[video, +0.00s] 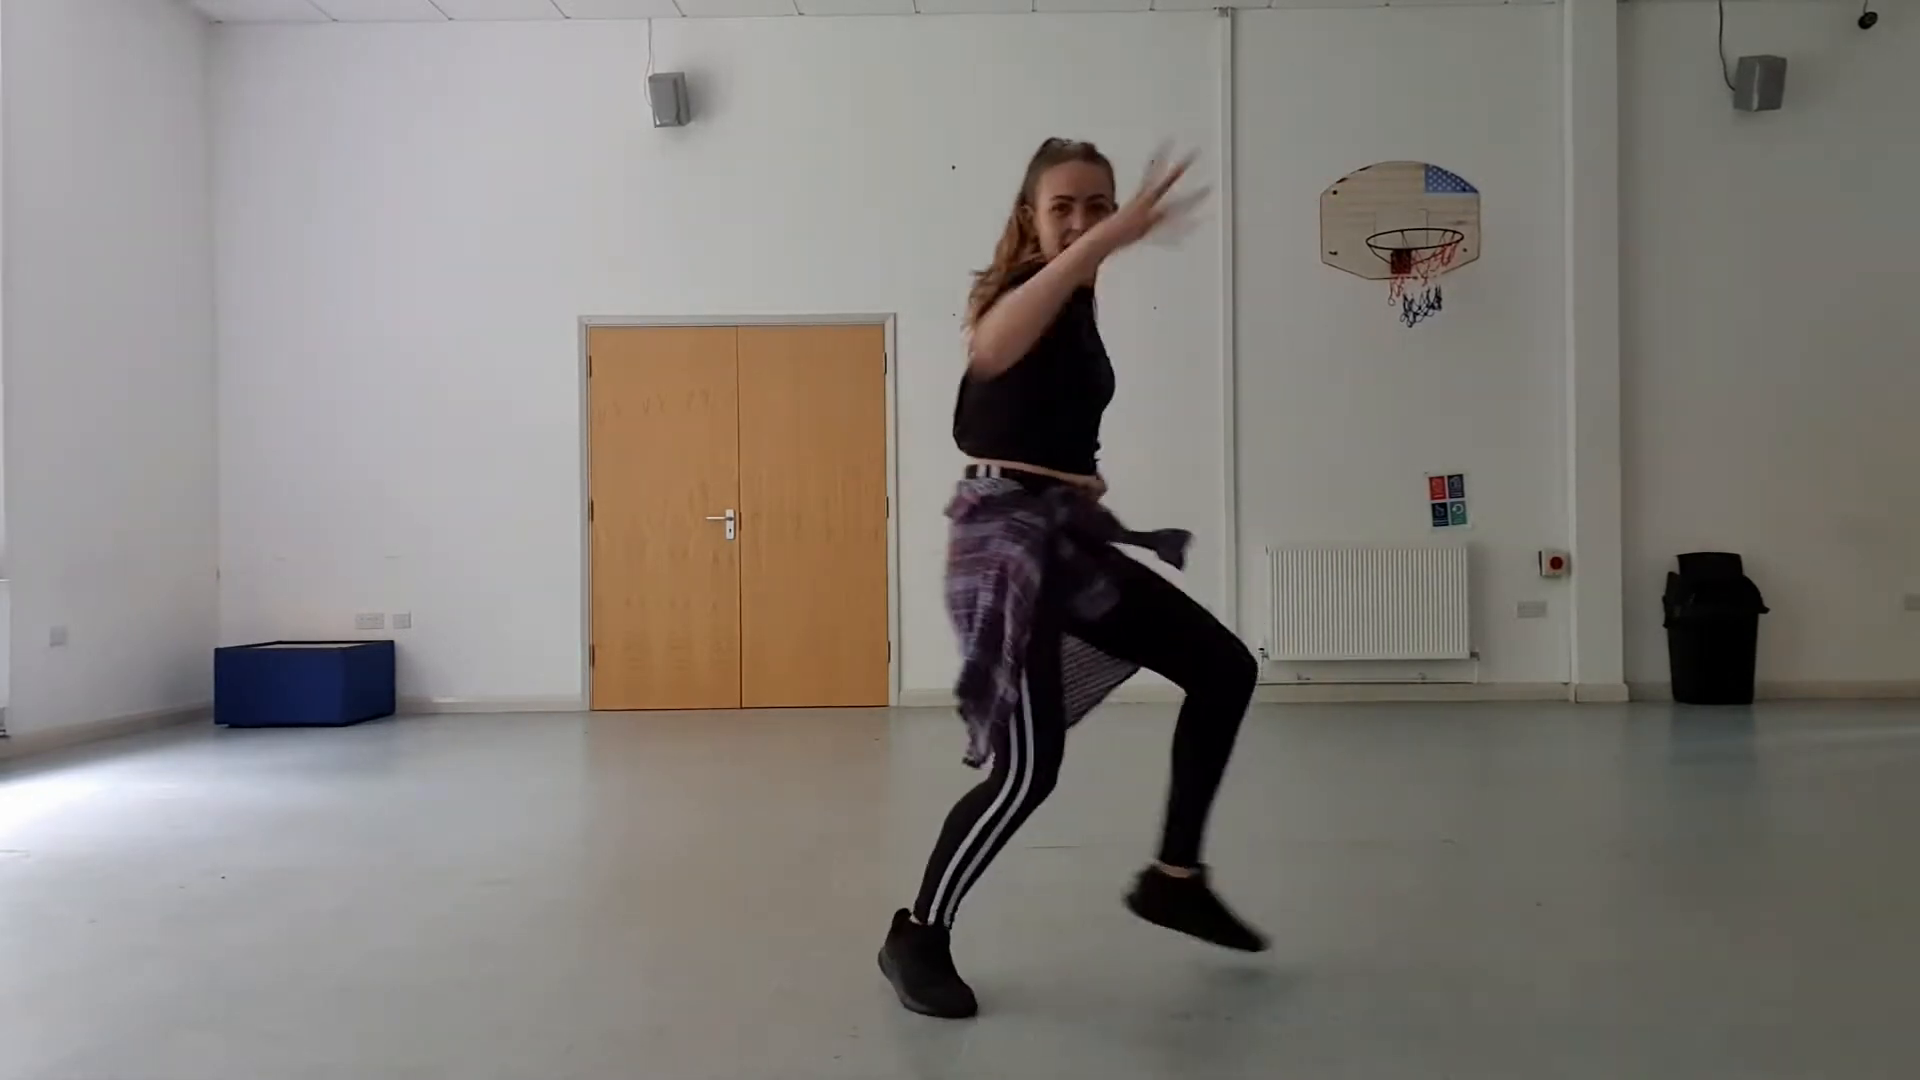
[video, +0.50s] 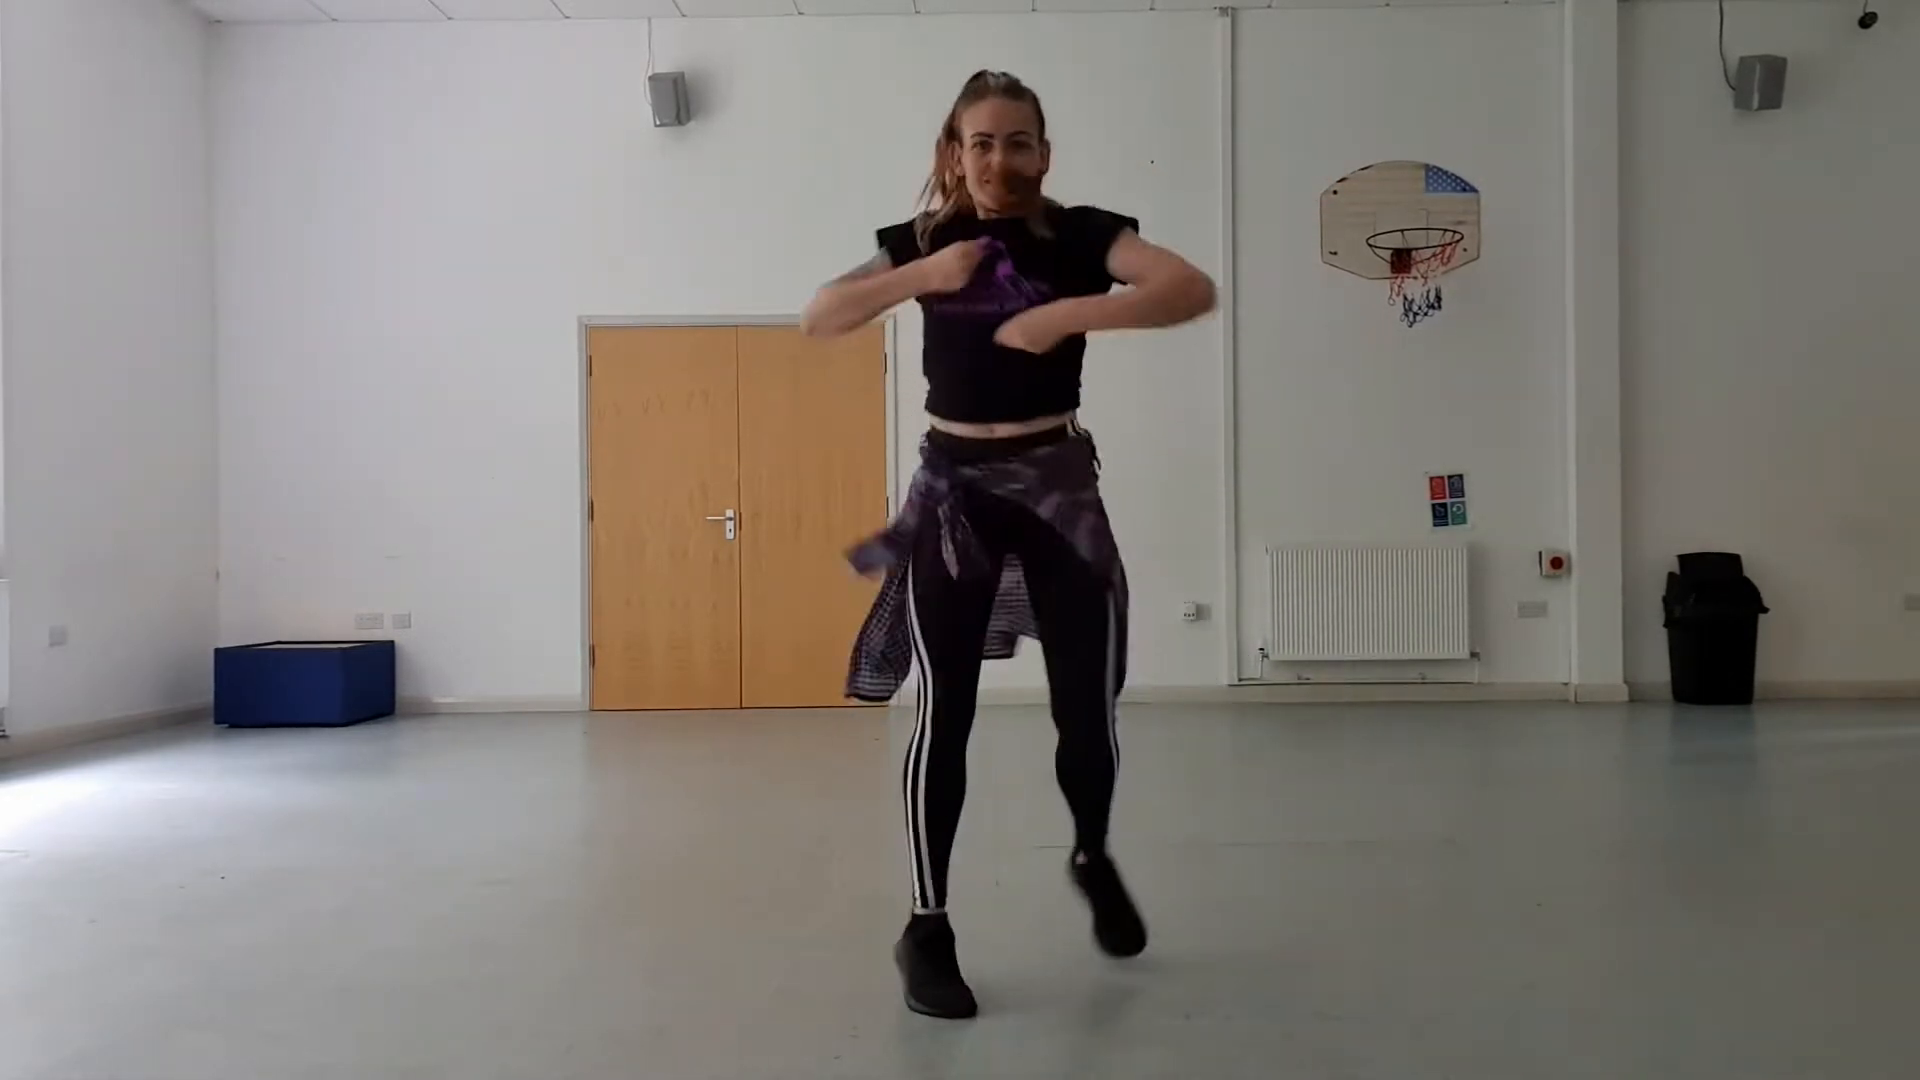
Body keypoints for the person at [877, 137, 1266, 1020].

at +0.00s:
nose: (1084, 223)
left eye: (1098, 207)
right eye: (1062, 207)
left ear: (1114, 215)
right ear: (1030, 217)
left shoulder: (1077, 307)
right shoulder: (1009, 291)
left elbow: (1061, 442)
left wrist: (1107, 525)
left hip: (1071, 538)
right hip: (1005, 539)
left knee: (1225, 669)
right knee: (1026, 765)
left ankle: (1177, 874)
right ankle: (921, 933)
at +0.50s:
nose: (999, 159)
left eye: (1017, 142)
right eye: (981, 142)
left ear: (1043, 150)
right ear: (952, 152)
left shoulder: (1080, 233)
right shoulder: (922, 244)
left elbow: (1193, 290)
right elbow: (819, 320)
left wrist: (1069, 315)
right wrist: (927, 272)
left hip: (1059, 481)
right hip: (954, 485)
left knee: (1090, 717)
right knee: (945, 715)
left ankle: (1093, 858)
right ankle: (928, 925)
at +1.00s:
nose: (1074, 283)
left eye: (1089, 270)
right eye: (1059, 270)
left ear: (1109, 281)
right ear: (1034, 282)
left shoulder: (1126, 350)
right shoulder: (1008, 340)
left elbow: (1164, 358)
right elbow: (964, 326)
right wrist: (917, 291)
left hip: (1122, 552)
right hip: (1031, 554)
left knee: (1130, 731)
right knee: (1001, 694)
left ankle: (1121, 883)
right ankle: (968, 848)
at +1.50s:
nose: (1043, 272)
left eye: (1058, 260)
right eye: (1030, 261)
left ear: (1082, 272)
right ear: (1012, 277)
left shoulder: (1118, 346)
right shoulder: (988, 345)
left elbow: (1230, 356)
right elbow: (883, 357)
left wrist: (1328, 347)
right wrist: (786, 349)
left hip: (1078, 529)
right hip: (998, 526)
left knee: (1112, 680)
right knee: (1011, 684)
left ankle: (1099, 809)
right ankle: (1017, 843)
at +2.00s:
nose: (1043, 281)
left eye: (1055, 273)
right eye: (1031, 275)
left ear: (1074, 293)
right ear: (1014, 296)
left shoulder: (1094, 356)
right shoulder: (989, 358)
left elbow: (1143, 417)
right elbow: (932, 432)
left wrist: (1179, 467)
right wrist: (876, 500)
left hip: (1073, 524)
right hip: (1001, 523)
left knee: (1062, 670)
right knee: (988, 663)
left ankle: (1053, 797)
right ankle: (985, 780)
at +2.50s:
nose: (1014, 277)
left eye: (1028, 269)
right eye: (1014, 269)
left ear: (1064, 282)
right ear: (1017, 286)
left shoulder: (1068, 332)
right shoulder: (1016, 349)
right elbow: (1008, 450)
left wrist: (1046, 374)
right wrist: (997, 488)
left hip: (1072, 504)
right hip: (1019, 516)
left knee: (1111, 654)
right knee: (1010, 659)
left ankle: (1201, 798)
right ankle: (1010, 790)